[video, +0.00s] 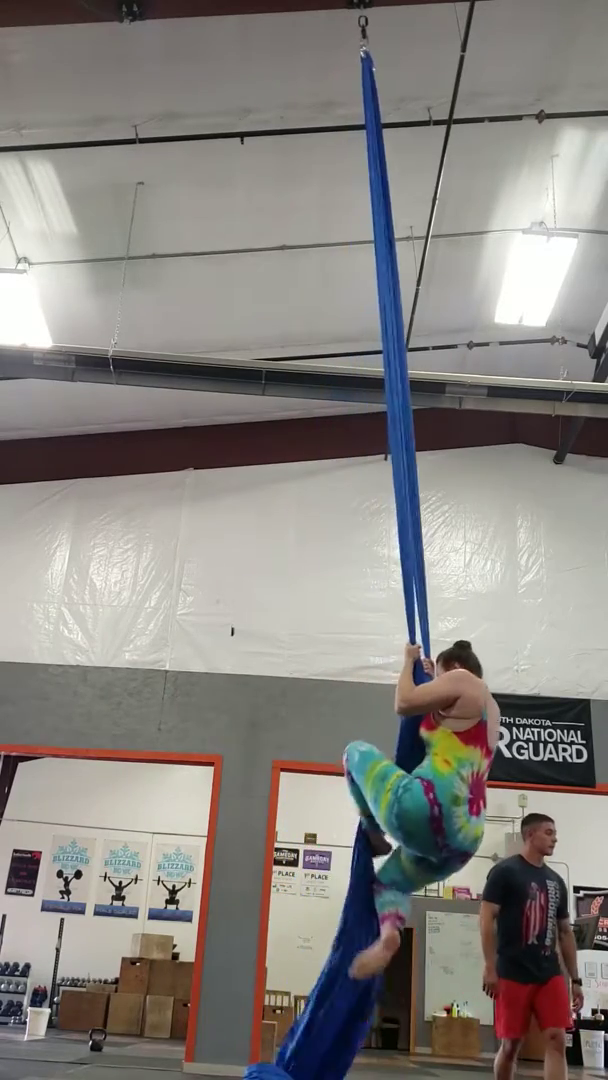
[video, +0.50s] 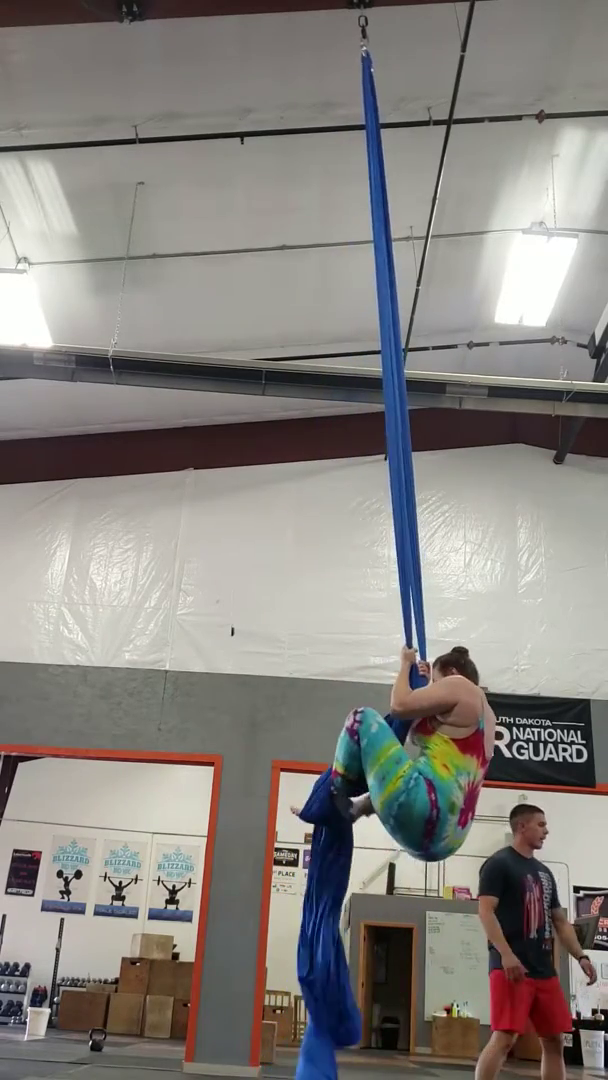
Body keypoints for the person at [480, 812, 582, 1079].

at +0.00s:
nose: (554, 838)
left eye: (554, 833)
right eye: (548, 832)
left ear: (551, 838)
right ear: (529, 835)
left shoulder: (556, 881)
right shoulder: (503, 871)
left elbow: (565, 932)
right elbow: (486, 919)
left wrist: (575, 979)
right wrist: (489, 968)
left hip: (550, 974)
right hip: (512, 973)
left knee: (557, 1040)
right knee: (509, 1046)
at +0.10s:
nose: (559, 836)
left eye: (559, 831)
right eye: (553, 830)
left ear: (554, 835)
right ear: (533, 832)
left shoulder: (560, 879)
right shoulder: (507, 868)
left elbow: (568, 929)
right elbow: (489, 911)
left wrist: (576, 975)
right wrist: (495, 959)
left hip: (553, 972)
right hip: (515, 971)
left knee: (559, 1042)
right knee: (510, 1045)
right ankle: (503, 1078)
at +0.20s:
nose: (560, 834)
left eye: (560, 829)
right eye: (554, 828)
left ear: (551, 833)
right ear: (534, 831)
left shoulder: (561, 877)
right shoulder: (508, 866)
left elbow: (570, 926)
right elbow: (490, 910)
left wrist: (578, 967)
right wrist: (500, 950)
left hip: (553, 972)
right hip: (516, 969)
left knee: (559, 1041)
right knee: (510, 1039)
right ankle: (502, 1077)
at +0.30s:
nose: (558, 832)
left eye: (558, 827)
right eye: (552, 826)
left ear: (542, 830)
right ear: (532, 828)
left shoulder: (559, 875)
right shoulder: (507, 864)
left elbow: (571, 922)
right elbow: (490, 908)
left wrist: (581, 959)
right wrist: (506, 942)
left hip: (552, 969)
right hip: (516, 966)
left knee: (558, 1041)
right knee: (511, 1034)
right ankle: (494, 1077)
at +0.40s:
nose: (552, 830)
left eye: (552, 825)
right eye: (547, 824)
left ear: (537, 829)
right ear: (528, 827)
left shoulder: (554, 873)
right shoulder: (503, 863)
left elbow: (567, 920)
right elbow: (489, 910)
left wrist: (581, 953)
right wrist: (508, 944)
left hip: (549, 969)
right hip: (514, 966)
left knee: (556, 1042)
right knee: (509, 1036)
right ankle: (481, 1077)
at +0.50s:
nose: (546, 830)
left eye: (546, 825)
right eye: (541, 825)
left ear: (528, 828)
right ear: (521, 827)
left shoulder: (545, 872)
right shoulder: (498, 864)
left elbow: (560, 921)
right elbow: (485, 912)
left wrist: (580, 956)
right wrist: (506, 954)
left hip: (543, 971)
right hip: (509, 968)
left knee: (553, 1042)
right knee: (503, 1039)